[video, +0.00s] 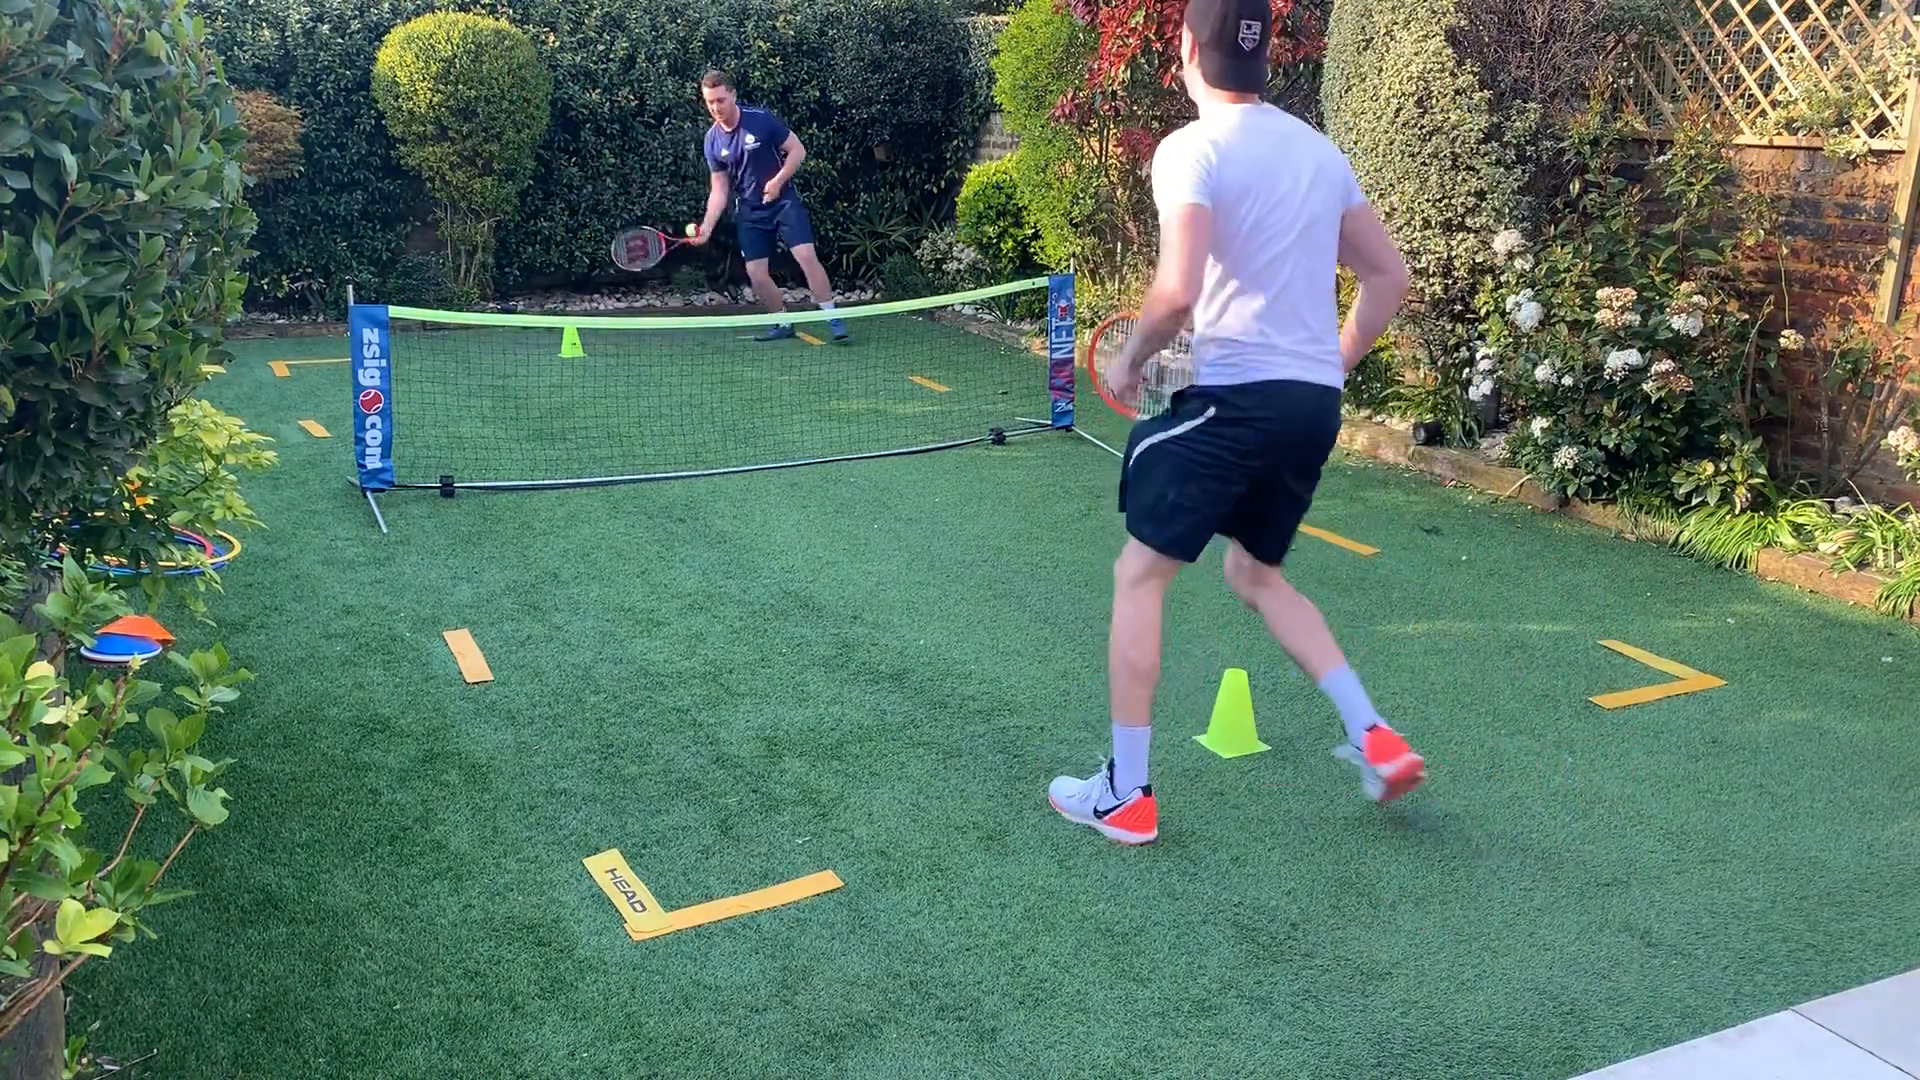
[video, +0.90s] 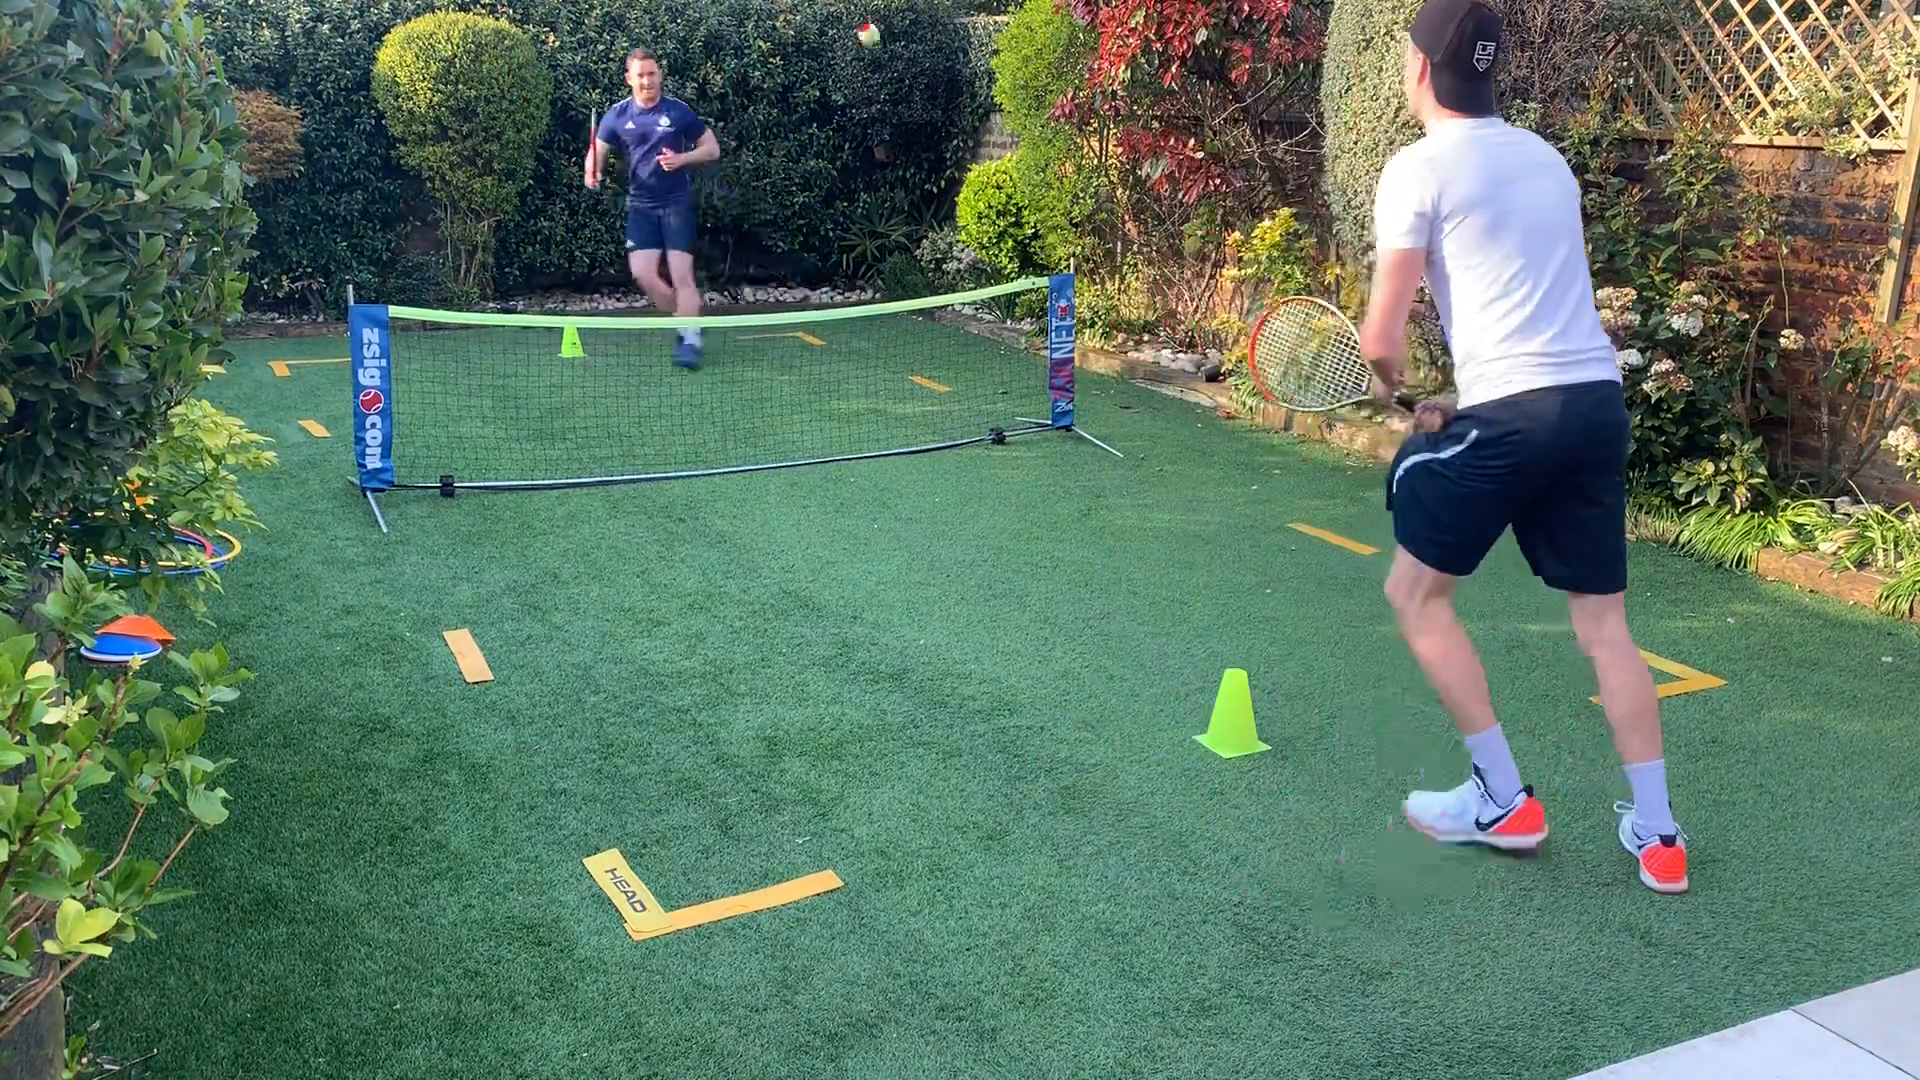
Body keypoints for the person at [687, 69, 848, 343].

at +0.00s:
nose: (715, 108)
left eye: (720, 100)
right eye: (709, 102)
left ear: (733, 95)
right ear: (704, 103)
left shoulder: (761, 121)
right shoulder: (712, 142)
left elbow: (798, 150)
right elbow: (719, 190)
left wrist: (778, 181)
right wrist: (706, 227)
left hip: (784, 204)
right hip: (750, 213)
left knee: (806, 257)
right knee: (756, 273)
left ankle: (832, 317)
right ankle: (782, 323)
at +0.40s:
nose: (745, 110)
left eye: (749, 103)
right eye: (740, 104)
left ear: (766, 98)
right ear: (737, 104)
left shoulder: (798, 127)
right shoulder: (740, 141)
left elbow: (830, 162)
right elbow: (742, 186)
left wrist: (810, 187)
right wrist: (741, 212)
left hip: (804, 212)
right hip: (764, 214)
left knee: (831, 271)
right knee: (748, 268)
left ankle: (855, 324)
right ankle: (760, 319)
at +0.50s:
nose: (736, 125)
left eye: (741, 118)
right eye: (732, 119)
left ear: (757, 112)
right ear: (729, 119)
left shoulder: (790, 143)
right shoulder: (735, 156)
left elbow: (823, 176)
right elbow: (732, 196)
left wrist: (795, 192)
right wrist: (728, 221)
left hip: (799, 224)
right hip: (759, 224)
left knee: (832, 284)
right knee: (728, 261)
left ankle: (855, 324)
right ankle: (723, 328)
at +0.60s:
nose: (712, 124)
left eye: (717, 116)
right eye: (707, 118)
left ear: (733, 112)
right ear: (703, 119)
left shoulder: (762, 143)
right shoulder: (708, 159)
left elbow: (797, 173)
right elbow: (705, 198)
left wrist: (766, 187)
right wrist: (699, 222)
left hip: (777, 229)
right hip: (739, 230)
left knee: (814, 281)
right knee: (704, 264)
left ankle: (852, 324)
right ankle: (710, 335)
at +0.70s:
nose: (686, 115)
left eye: (692, 107)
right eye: (680, 109)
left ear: (704, 107)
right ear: (674, 112)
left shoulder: (727, 136)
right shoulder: (673, 153)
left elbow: (765, 167)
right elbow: (663, 192)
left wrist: (734, 184)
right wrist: (657, 216)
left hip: (746, 228)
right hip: (709, 230)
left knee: (786, 285)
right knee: (685, 274)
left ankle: (833, 318)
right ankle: (705, 344)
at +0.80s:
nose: (665, 97)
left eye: (670, 90)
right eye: (658, 92)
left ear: (681, 91)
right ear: (649, 96)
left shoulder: (703, 125)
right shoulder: (641, 136)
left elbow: (739, 156)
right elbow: (623, 175)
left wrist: (709, 169)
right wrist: (618, 190)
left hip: (714, 218)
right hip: (677, 221)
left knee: (733, 280)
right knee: (670, 283)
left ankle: (773, 327)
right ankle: (704, 343)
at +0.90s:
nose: (647, 82)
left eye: (652, 75)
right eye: (640, 76)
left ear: (661, 76)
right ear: (629, 78)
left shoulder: (678, 111)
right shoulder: (616, 116)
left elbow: (712, 149)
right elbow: (597, 150)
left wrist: (682, 158)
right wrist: (591, 171)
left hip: (676, 202)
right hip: (639, 204)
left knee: (681, 273)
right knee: (641, 272)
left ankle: (690, 339)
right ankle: (688, 315)